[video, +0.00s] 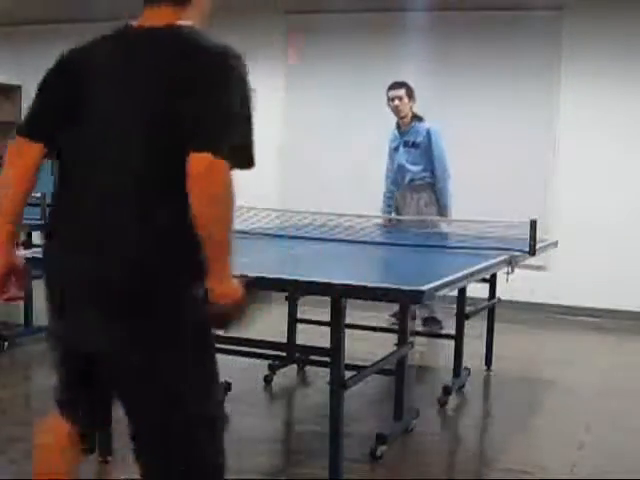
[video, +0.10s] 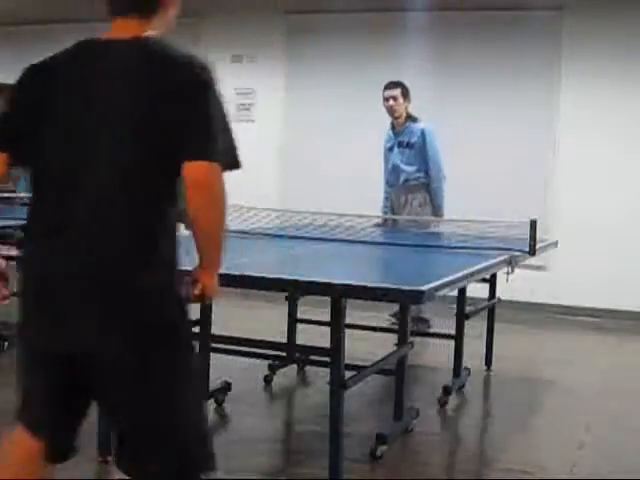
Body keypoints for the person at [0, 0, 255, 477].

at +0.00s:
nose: (209, 7)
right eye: (208, 5)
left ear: (145, 3)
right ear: (198, 4)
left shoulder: (81, 59)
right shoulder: (212, 63)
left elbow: (23, 156)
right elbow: (206, 169)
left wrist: (5, 243)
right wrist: (219, 273)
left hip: (73, 285)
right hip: (158, 293)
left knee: (74, 413)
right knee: (184, 455)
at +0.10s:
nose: (177, 12)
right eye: (178, 7)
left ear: (109, 7)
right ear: (169, 7)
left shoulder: (46, 74)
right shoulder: (182, 75)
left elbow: (5, 163)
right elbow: (201, 177)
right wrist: (209, 266)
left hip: (51, 293)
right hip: (139, 299)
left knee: (35, 433)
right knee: (161, 458)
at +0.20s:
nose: (144, 17)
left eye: (143, 11)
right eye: (142, 10)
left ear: (75, 13)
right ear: (133, 11)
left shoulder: (16, 85)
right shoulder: (153, 86)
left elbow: (6, 189)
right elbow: (185, 185)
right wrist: (196, 266)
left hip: (22, 297)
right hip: (111, 300)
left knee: (10, 444)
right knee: (154, 457)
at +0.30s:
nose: (124, 13)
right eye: (124, 8)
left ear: (59, 8)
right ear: (117, 7)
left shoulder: (9, 64)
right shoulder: (137, 70)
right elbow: (168, 165)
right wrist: (178, 245)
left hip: (14, 273)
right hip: (102, 277)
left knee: (14, 427)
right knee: (136, 435)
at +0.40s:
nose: (114, 7)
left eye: (110, 6)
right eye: (114, 5)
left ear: (55, 1)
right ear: (108, 3)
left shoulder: (10, 42)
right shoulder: (129, 51)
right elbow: (154, 136)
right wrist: (165, 216)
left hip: (13, 247)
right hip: (96, 249)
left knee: (11, 399)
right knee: (108, 406)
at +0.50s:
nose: (114, 9)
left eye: (111, 6)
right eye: (114, 5)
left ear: (55, 3)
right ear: (108, 5)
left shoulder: (11, 49)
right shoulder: (125, 57)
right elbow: (150, 144)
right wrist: (159, 209)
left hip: (13, 252)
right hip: (90, 255)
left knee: (12, 408)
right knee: (92, 410)